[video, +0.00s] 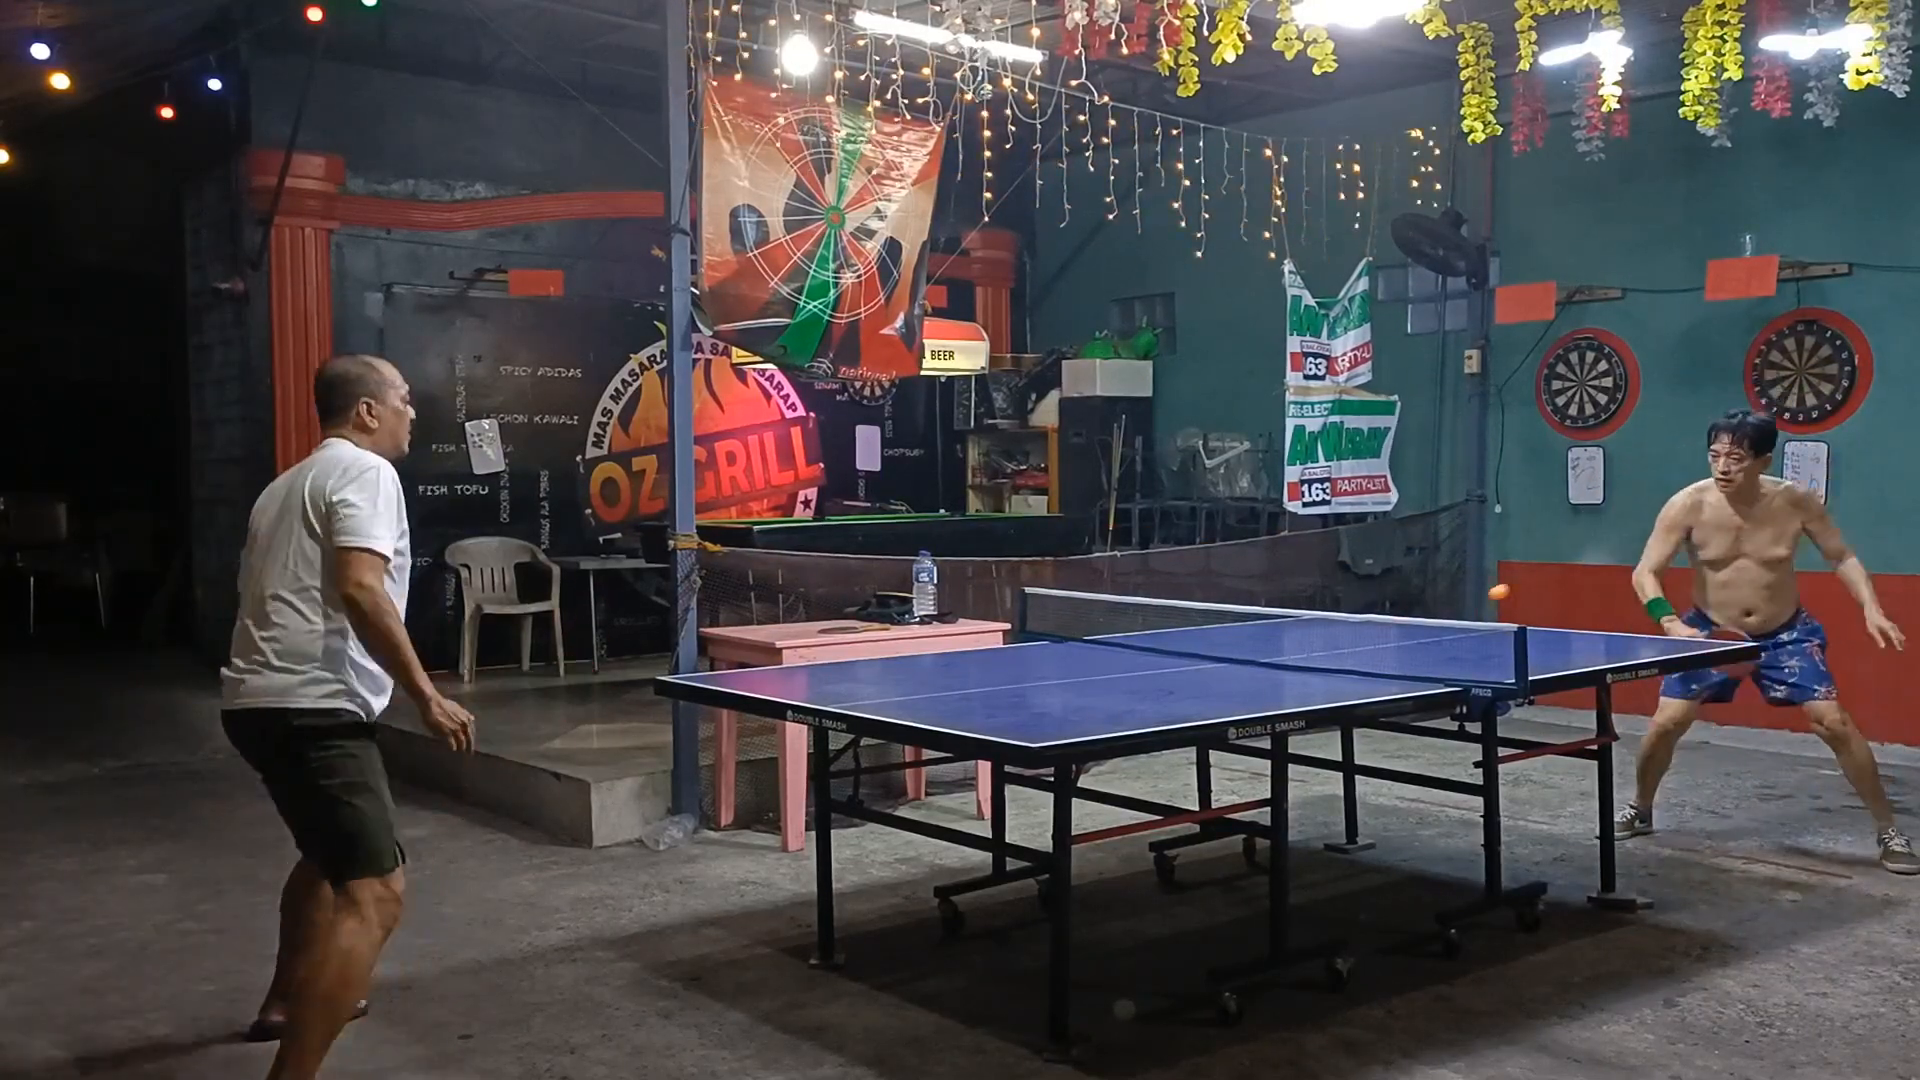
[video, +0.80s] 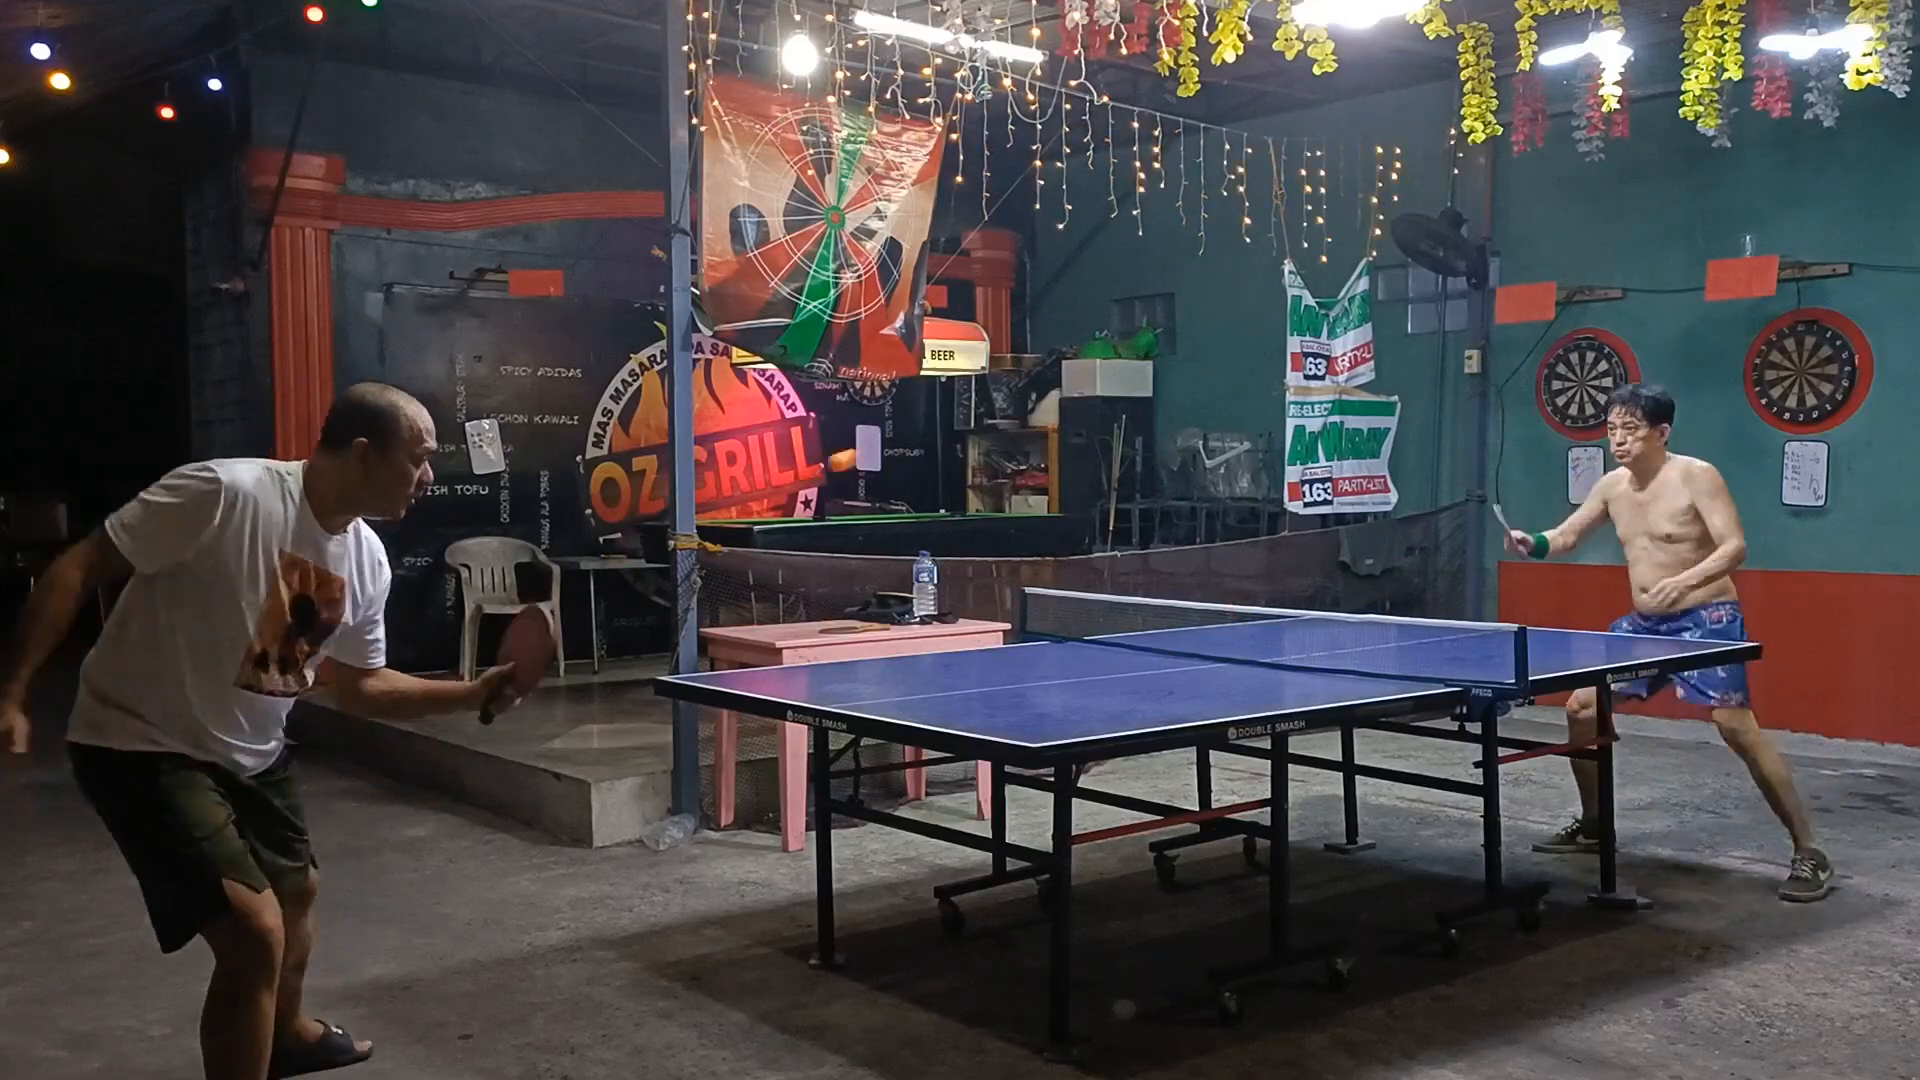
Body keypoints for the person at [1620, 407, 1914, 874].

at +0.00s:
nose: (1723, 464)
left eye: (1736, 456)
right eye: (1717, 454)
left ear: (1761, 460)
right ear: (1709, 454)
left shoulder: (1796, 501)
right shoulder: (1688, 504)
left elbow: (1840, 557)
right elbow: (1644, 573)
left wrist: (1871, 608)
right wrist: (1670, 622)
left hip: (1785, 637)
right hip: (1709, 636)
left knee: (1834, 724)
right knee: (1665, 724)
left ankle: (1889, 832)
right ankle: (1641, 812)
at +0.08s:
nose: (1711, 462)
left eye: (1723, 453)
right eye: (1703, 450)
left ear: (1743, 456)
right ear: (1692, 451)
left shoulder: (1766, 498)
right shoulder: (1667, 503)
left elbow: (1796, 557)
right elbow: (1628, 577)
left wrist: (1832, 617)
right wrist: (1662, 624)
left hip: (1760, 634)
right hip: (1689, 638)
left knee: (1816, 719)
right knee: (1655, 730)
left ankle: (1879, 829)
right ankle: (1640, 814)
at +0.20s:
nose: (1690, 457)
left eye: (1702, 449)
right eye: (1682, 444)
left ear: (1719, 447)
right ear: (1668, 436)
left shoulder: (1737, 486)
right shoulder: (1638, 484)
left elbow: (1759, 548)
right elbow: (1592, 531)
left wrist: (1792, 609)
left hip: (1737, 623)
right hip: (1666, 628)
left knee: (1800, 716)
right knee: (1648, 737)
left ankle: (1865, 825)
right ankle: (1639, 812)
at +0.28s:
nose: (1667, 448)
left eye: (1679, 440)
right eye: (1661, 435)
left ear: (1697, 442)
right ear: (1646, 430)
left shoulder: (1713, 482)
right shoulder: (1624, 468)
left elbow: (1739, 542)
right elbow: (1560, 448)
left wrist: (1772, 601)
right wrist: (1534, 418)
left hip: (1726, 620)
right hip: (1656, 629)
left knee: (1793, 712)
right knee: (1644, 736)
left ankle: (1847, 823)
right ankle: (1638, 811)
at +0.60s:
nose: (1633, 423)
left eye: (1645, 415)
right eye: (1626, 413)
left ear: (1672, 417)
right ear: (1619, 414)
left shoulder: (1712, 463)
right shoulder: (1604, 461)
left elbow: (1740, 528)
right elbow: (1530, 477)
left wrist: (1754, 591)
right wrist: (1507, 438)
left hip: (1708, 612)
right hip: (1636, 614)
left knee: (1737, 715)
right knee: (1611, 718)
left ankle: (1778, 833)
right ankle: (1631, 796)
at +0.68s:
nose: (1623, 422)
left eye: (1635, 412)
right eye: (1617, 413)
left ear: (1665, 415)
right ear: (1612, 416)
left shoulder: (1704, 460)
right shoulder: (1607, 464)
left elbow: (1750, 525)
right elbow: (1553, 506)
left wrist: (1734, 572)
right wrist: (1519, 503)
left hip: (1703, 608)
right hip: (1637, 612)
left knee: (1736, 710)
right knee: (1585, 700)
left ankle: (1800, 828)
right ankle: (1600, 816)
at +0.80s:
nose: (1617, 439)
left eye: (1628, 429)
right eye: (1612, 429)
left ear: (1660, 432)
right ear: (1608, 432)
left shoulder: (1696, 475)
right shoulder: (1611, 484)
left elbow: (1734, 548)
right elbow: (1568, 535)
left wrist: (1677, 584)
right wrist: (1535, 543)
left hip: (1708, 622)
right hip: (1646, 625)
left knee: (1737, 729)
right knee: (1581, 708)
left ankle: (1808, 854)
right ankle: (1594, 825)